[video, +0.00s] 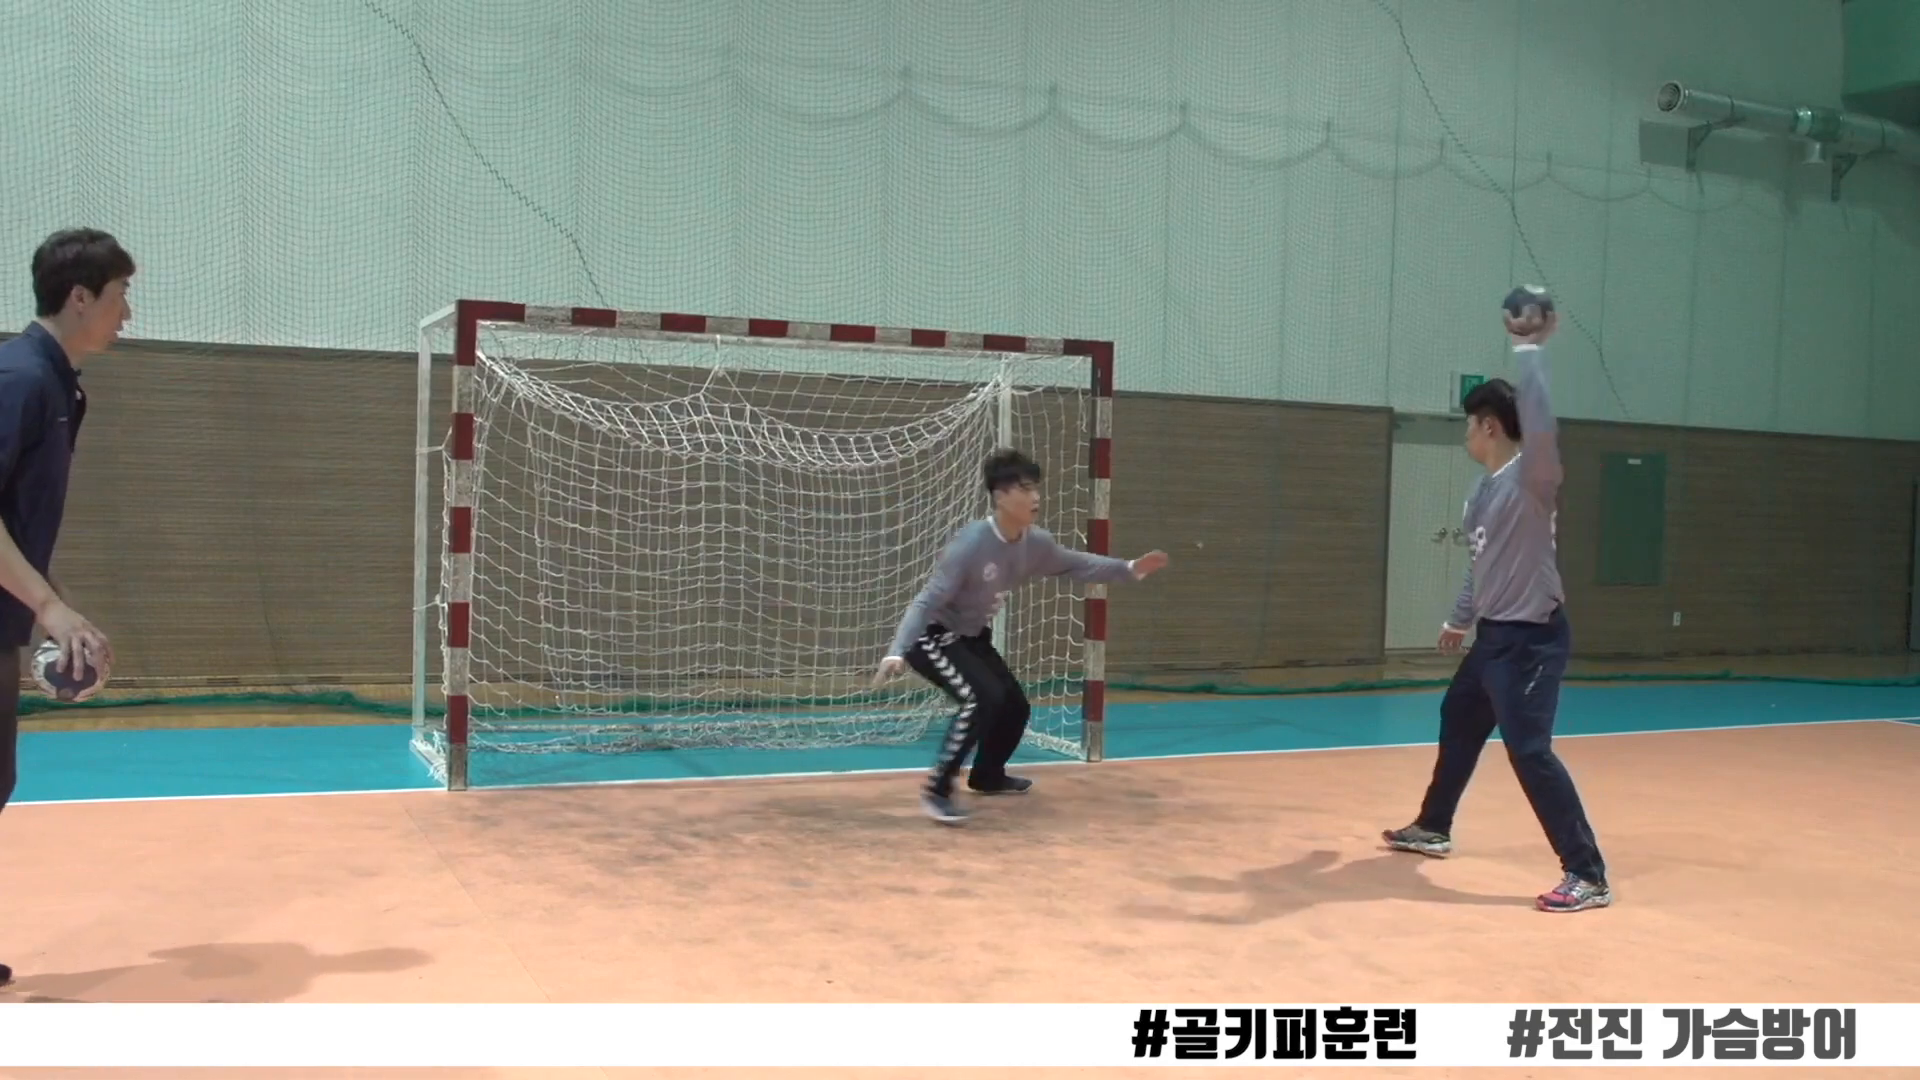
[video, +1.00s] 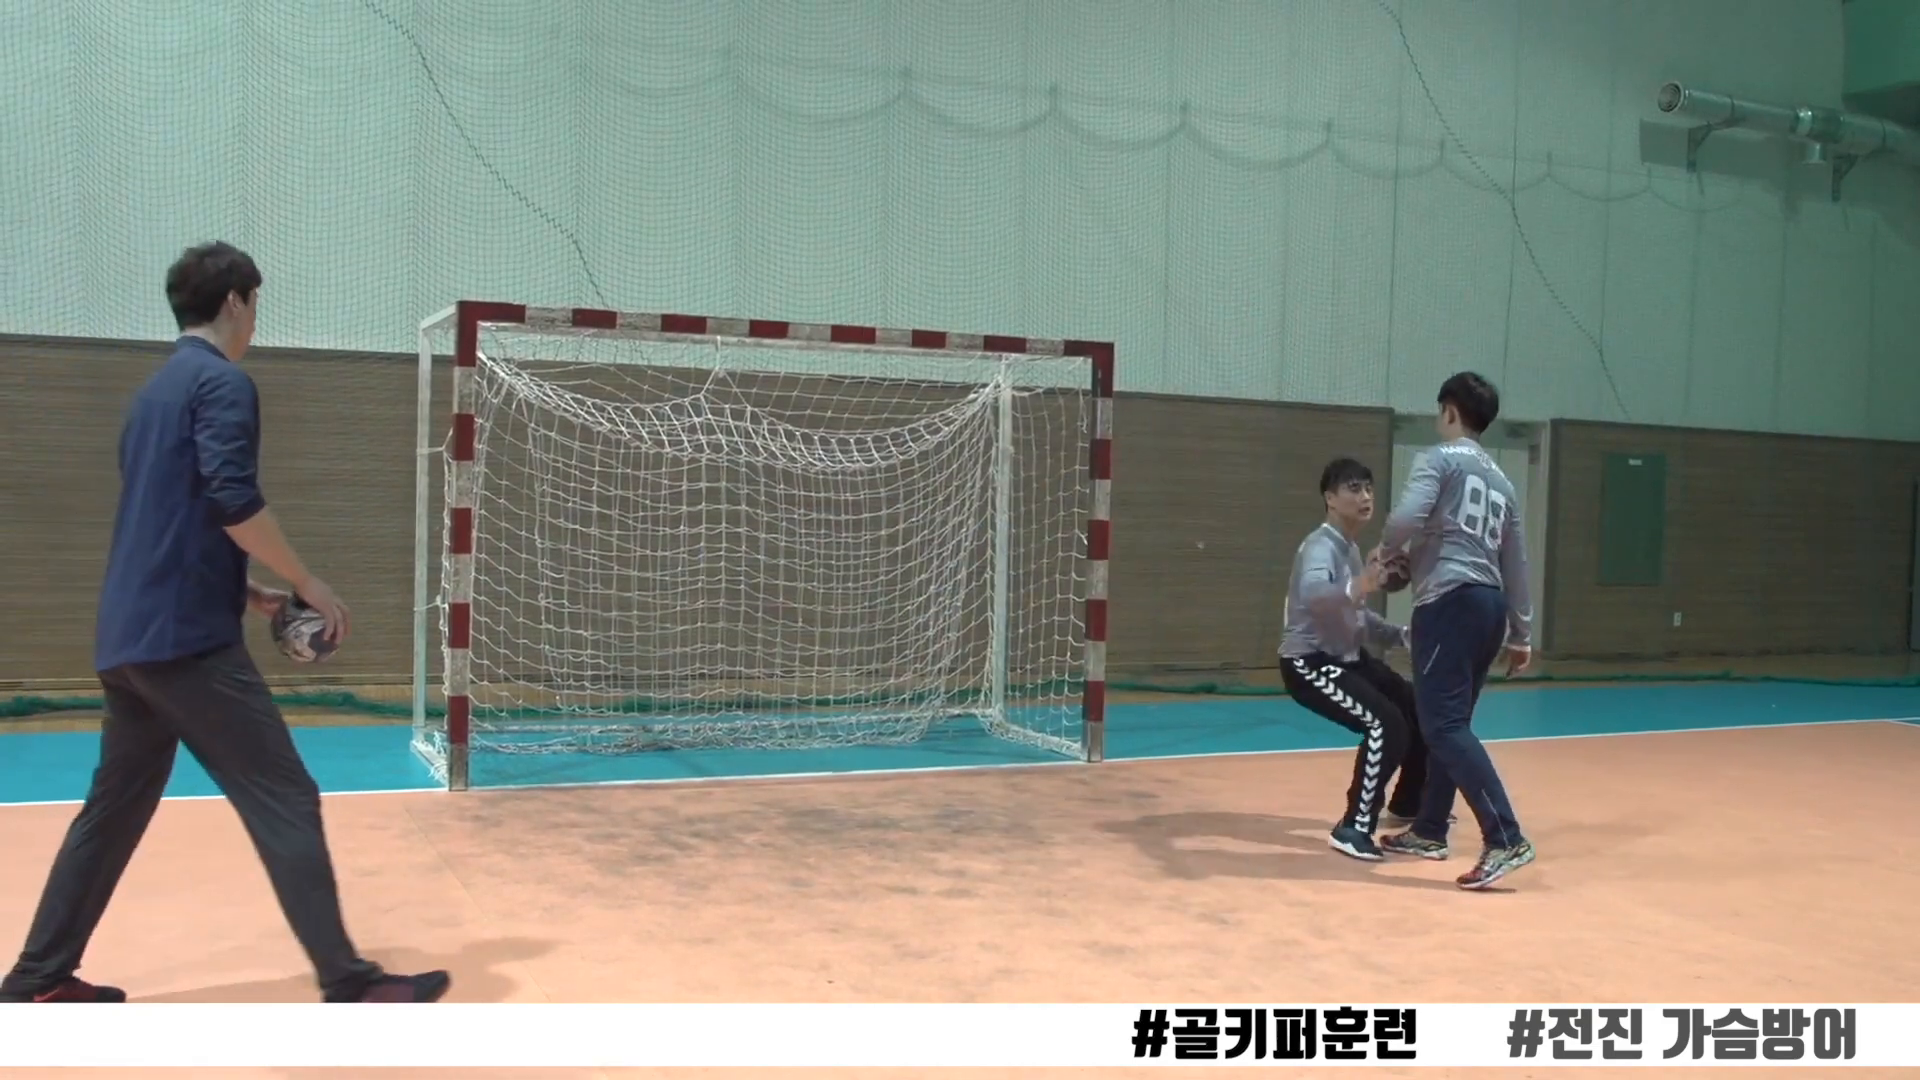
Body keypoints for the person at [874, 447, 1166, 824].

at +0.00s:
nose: (1035, 498)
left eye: (1036, 489)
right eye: (1025, 489)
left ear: (1037, 494)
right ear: (999, 496)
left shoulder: (1036, 544)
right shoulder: (971, 543)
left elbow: (1077, 564)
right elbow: (929, 597)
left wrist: (1129, 569)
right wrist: (897, 651)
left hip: (972, 636)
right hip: (932, 634)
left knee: (1015, 707)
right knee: (984, 697)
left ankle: (987, 776)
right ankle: (937, 790)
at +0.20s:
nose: (1118, 441)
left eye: (1115, 434)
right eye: (1108, 434)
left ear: (1107, 444)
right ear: (1083, 445)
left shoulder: (1114, 490)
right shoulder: (1067, 495)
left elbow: (1135, 493)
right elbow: (1056, 519)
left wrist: (1152, 465)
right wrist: (1086, 473)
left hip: (1095, 612)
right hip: (1059, 616)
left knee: (1137, 683)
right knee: (1113, 704)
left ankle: (1070, 742)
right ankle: (1101, 816)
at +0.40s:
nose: (1207, 350)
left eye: (1207, 344)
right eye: (1200, 343)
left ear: (1192, 350)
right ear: (1174, 344)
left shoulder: (1181, 383)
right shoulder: (1154, 380)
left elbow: (1202, 365)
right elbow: (1133, 358)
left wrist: (1219, 339)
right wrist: (1150, 312)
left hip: (1181, 512)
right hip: (1156, 514)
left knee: (1232, 528)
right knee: (1152, 628)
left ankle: (1217, 615)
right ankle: (1098, 732)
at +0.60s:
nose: (1288, 348)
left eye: (1290, 340)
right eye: (1280, 339)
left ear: (1284, 344)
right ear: (1252, 340)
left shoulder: (1276, 390)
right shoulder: (1237, 380)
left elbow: (1279, 440)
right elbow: (1226, 351)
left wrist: (1317, 440)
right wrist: (1234, 306)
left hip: (1250, 497)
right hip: (1208, 498)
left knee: (1306, 512)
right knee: (1246, 549)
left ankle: (1356, 579)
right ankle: (1216, 658)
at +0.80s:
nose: (1324, 404)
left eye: (1326, 397)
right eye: (1314, 397)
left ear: (1325, 401)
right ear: (1291, 399)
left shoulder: (1320, 444)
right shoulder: (1278, 440)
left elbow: (1328, 498)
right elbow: (1280, 451)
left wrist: (1361, 526)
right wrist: (1321, 398)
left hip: (1329, 564)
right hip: (1293, 566)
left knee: (1372, 651)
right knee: (1335, 650)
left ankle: (1405, 741)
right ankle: (1318, 763)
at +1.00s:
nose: (1365, 496)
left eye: (1368, 489)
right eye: (1353, 489)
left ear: (1374, 496)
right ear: (1329, 499)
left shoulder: (1349, 550)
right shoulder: (1321, 545)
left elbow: (1356, 620)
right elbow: (1313, 596)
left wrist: (1407, 635)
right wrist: (1358, 587)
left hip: (1345, 659)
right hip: (1308, 662)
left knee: (1418, 707)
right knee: (1385, 721)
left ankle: (1408, 803)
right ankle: (1355, 828)